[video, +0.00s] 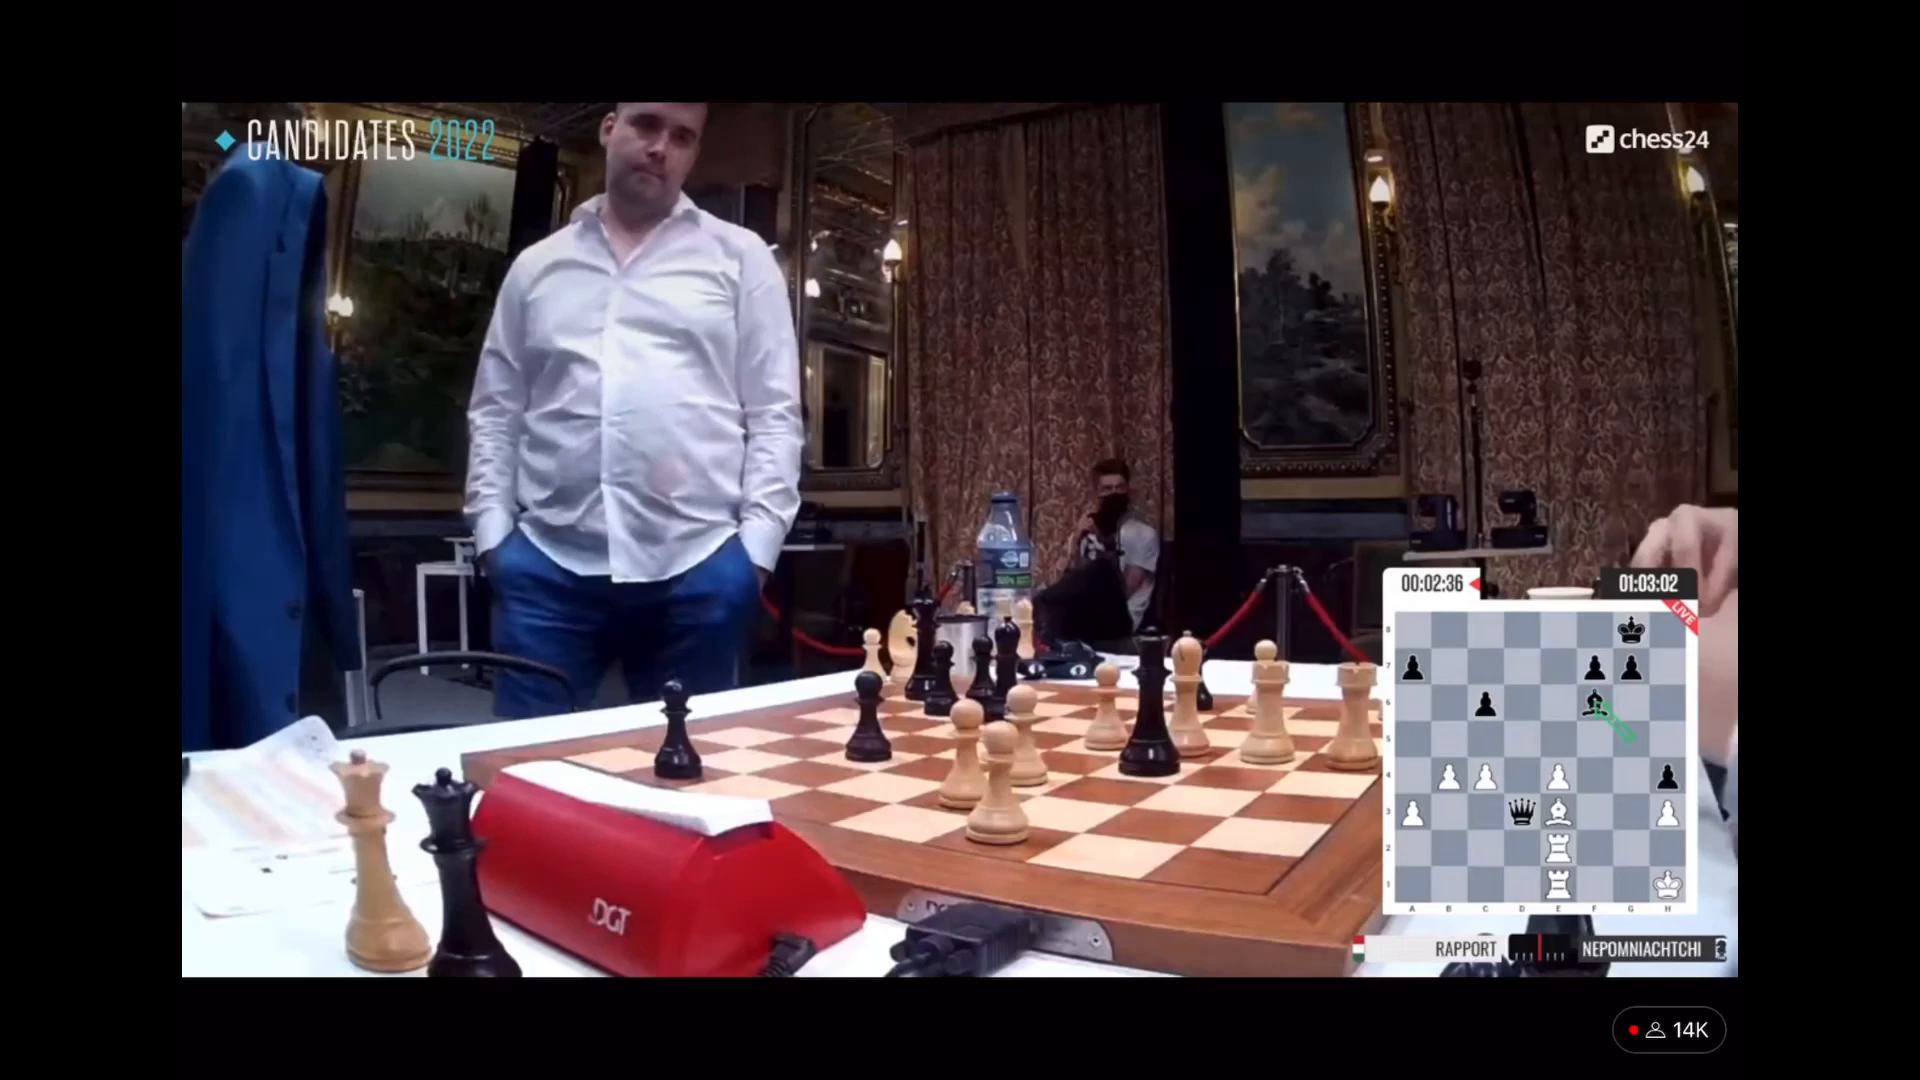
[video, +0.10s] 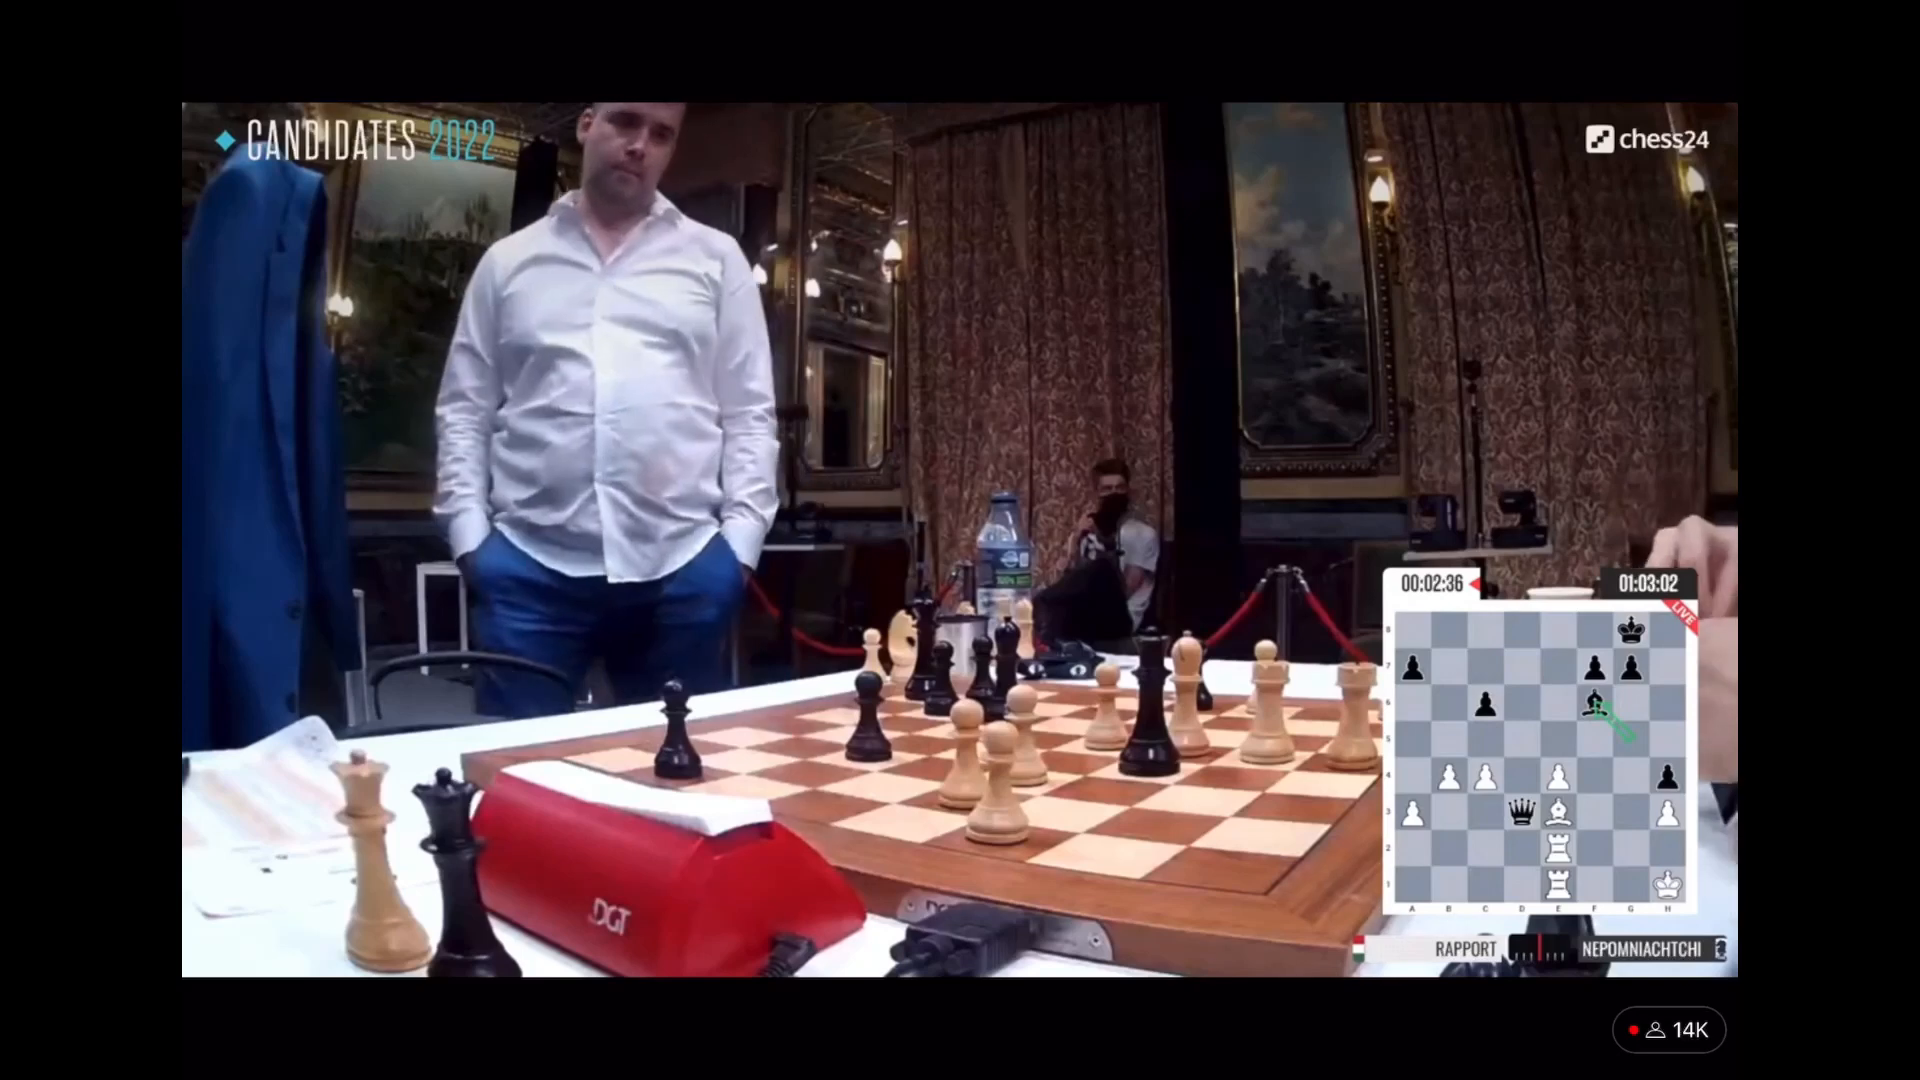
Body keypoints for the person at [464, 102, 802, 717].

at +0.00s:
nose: (660, 149)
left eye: (681, 137)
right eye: (645, 126)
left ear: (696, 155)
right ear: (608, 130)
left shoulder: (741, 259)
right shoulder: (536, 267)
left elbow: (774, 413)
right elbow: (494, 409)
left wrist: (754, 548)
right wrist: (495, 536)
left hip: (697, 574)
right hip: (547, 570)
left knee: (693, 778)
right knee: (528, 772)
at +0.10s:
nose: (639, 147)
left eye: (660, 134)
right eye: (624, 124)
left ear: (674, 149)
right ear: (585, 126)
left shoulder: (716, 260)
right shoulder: (508, 262)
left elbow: (749, 414)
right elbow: (463, 406)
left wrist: (737, 543)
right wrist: (472, 538)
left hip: (681, 575)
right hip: (530, 573)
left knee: (681, 778)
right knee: (516, 776)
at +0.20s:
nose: (623, 144)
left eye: (644, 131)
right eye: (607, 121)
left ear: (657, 146)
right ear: (567, 124)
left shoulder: (695, 260)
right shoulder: (488, 256)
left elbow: (726, 412)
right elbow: (442, 402)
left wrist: (721, 539)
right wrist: (454, 540)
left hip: (666, 573)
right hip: (514, 572)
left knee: (660, 777)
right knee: (506, 776)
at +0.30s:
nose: (603, 141)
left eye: (622, 127)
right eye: (587, 118)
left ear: (632, 142)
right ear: (542, 122)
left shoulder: (663, 260)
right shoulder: (460, 252)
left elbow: (692, 413)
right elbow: (412, 400)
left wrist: (693, 543)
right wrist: (429, 545)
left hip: (641, 576)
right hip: (490, 574)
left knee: (644, 782)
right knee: (478, 779)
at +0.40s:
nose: (592, 138)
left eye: (607, 125)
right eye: (575, 115)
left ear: (617, 141)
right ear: (525, 120)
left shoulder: (643, 260)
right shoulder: (440, 251)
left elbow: (670, 414)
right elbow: (391, 401)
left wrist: (669, 545)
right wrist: (409, 546)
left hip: (621, 576)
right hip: (472, 574)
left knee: (624, 781)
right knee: (465, 780)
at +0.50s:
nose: (578, 137)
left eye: (589, 123)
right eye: (559, 114)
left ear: (597, 141)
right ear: (506, 120)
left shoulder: (616, 260)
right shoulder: (417, 250)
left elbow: (640, 418)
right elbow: (365, 404)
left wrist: (637, 551)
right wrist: (384, 550)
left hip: (591, 581)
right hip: (447, 579)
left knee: (610, 782)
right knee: (448, 784)